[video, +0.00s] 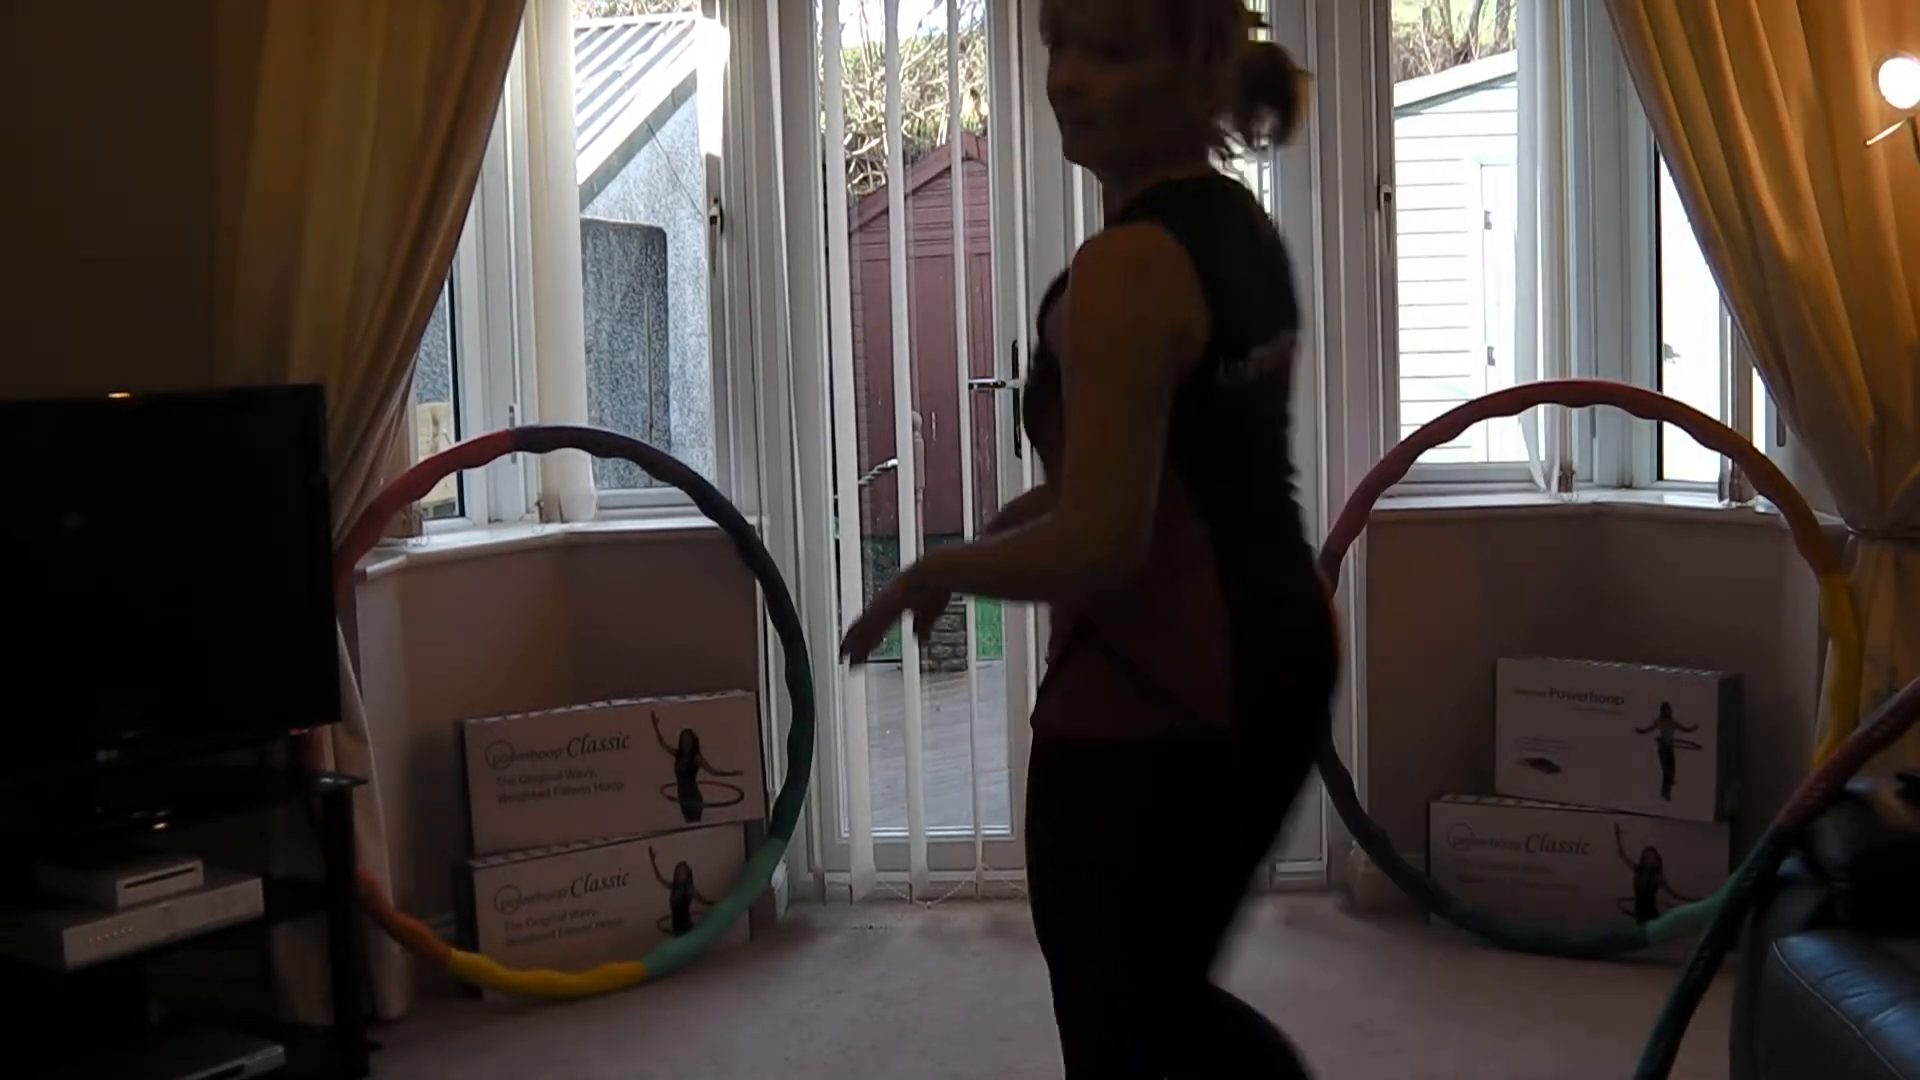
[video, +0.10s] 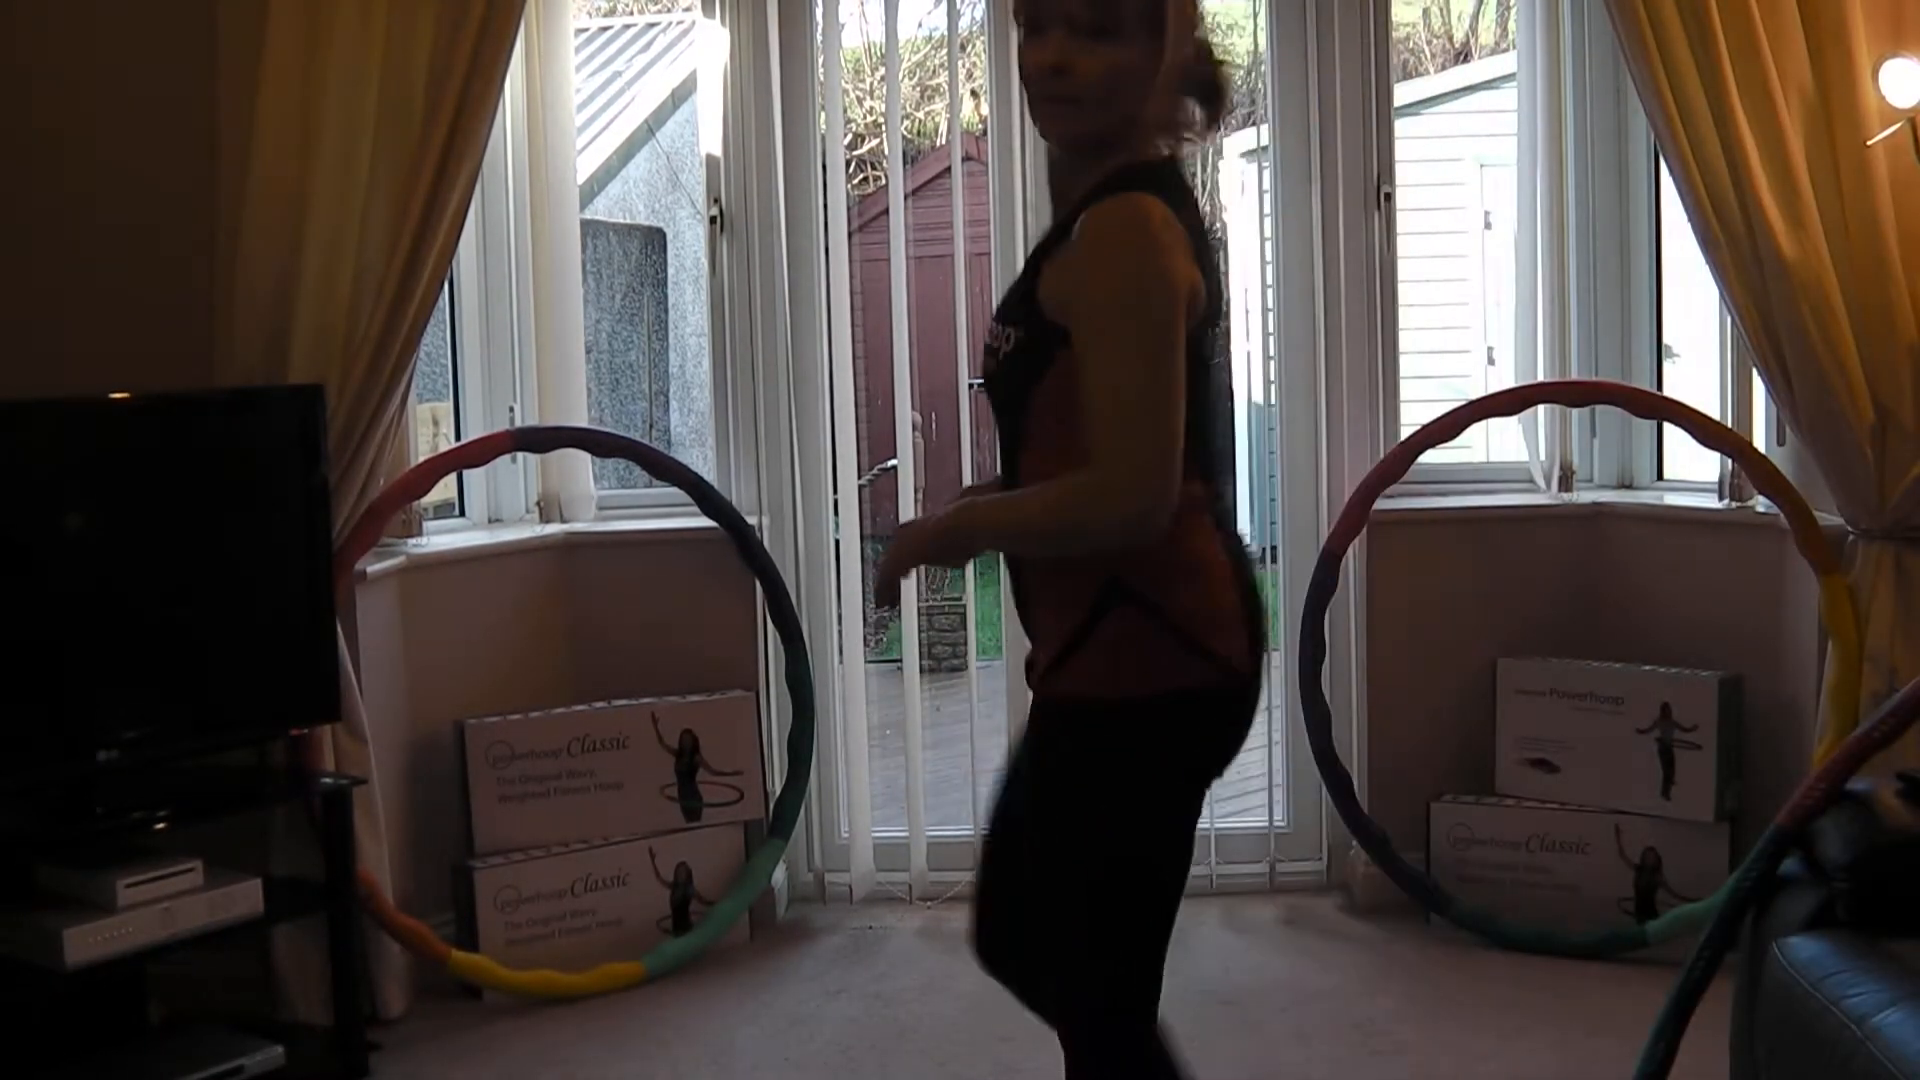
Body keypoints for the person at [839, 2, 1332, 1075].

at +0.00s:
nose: (1065, 78)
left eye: (1110, 48)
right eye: (1057, 45)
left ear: (1198, 69)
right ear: (1039, 52)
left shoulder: (1123, 267)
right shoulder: (1236, 231)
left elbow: (1097, 542)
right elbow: (1193, 468)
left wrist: (939, 569)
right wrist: (1037, 514)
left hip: (1147, 680)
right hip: (1263, 660)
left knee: (1113, 1022)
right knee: (1162, 990)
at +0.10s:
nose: (1053, 57)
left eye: (1098, 31)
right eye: (1037, 29)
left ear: (1169, 58)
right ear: (1014, 44)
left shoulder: (1127, 227)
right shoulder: (1110, 216)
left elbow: (1133, 490)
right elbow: (1110, 461)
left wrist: (959, 528)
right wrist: (982, 505)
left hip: (1147, 657)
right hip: (1131, 648)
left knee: (1041, 940)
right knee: (1045, 937)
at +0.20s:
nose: (1041, 59)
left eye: (1079, 34)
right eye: (1017, 33)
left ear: (1131, 69)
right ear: (992, 60)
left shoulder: (1134, 224)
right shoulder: (1023, 218)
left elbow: (1180, 462)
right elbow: (1031, 434)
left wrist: (977, 524)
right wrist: (921, 505)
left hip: (1130, 644)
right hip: (1026, 631)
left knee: (1078, 970)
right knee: (962, 930)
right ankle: (1016, 1075)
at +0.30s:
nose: (1016, 84)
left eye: (1050, 57)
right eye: (992, 55)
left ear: (1096, 87)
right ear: (964, 76)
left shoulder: (1130, 252)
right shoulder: (942, 238)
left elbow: (1215, 468)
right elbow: (948, 423)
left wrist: (1037, 532)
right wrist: (839, 531)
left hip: (1100, 653)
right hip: (964, 635)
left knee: (1060, 967)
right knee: (911, 963)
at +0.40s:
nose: (990, 107)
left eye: (1021, 84)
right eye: (964, 82)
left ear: (1062, 113)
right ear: (933, 107)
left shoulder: (1114, 274)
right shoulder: (887, 258)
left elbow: (1209, 466)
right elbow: (860, 420)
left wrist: (1113, 536)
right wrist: (779, 548)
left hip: (1071, 644)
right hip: (931, 633)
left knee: (1036, 926)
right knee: (917, 926)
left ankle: (1130, 1076)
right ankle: (934, 1077)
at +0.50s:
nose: (966, 124)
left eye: (993, 104)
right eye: (944, 104)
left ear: (1037, 123)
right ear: (919, 120)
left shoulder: (1100, 273)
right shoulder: (865, 265)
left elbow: (1178, 442)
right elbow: (822, 418)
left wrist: (1154, 536)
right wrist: (766, 542)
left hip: (1068, 620)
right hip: (919, 622)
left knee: (1046, 888)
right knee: (918, 891)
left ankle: (1114, 1079)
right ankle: (928, 1078)